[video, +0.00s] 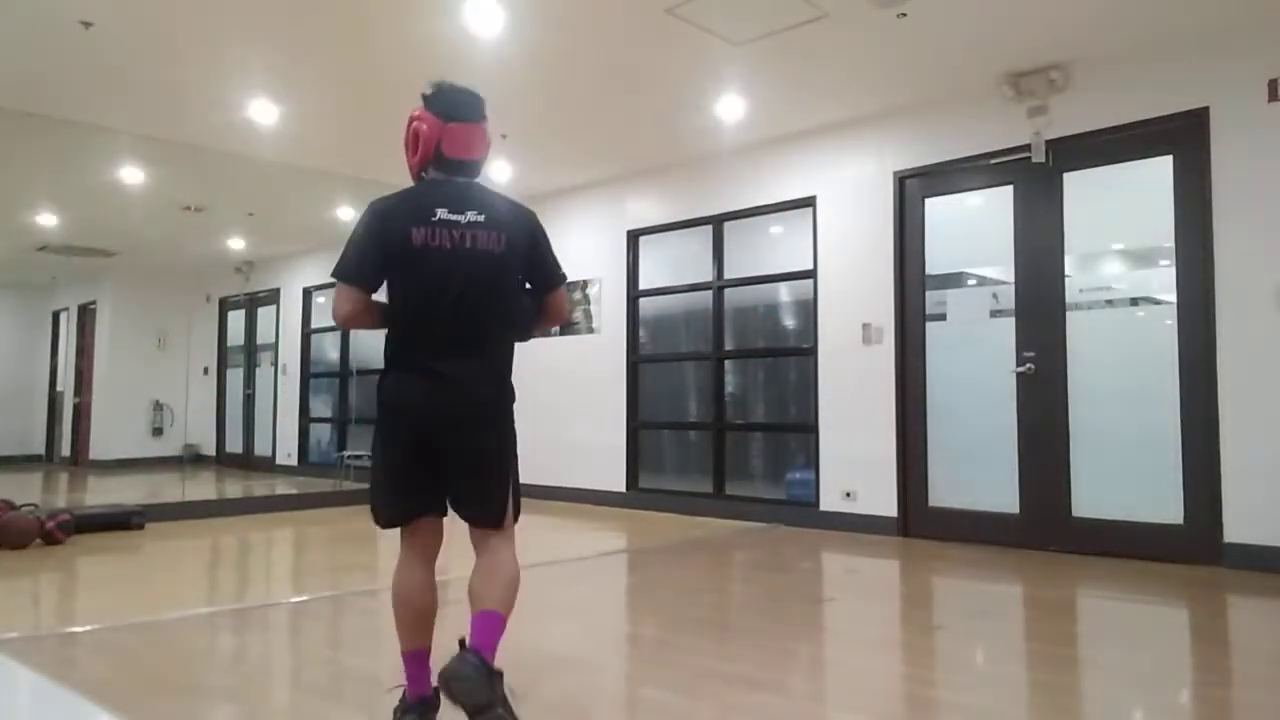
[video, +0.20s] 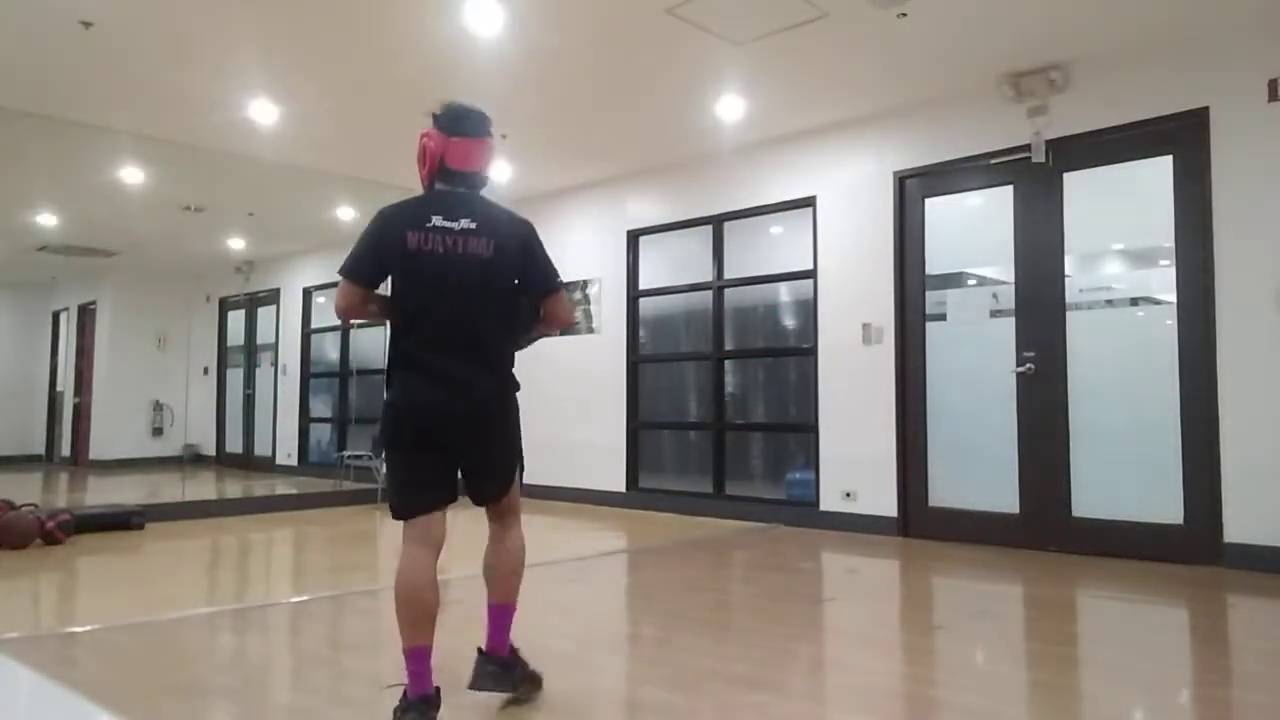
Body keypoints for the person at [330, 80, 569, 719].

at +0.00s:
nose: (411, 144)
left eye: (414, 135)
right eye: (477, 137)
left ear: (420, 142)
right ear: (482, 144)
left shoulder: (389, 214)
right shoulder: (517, 218)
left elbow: (348, 309)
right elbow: (555, 311)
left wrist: (408, 314)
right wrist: (497, 319)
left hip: (409, 404)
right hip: (483, 406)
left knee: (417, 544)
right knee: (494, 538)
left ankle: (417, 693)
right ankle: (479, 657)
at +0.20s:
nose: (423, 158)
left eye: (425, 150)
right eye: (482, 154)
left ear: (428, 156)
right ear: (486, 159)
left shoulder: (395, 221)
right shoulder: (514, 229)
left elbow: (350, 303)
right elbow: (558, 314)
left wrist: (403, 308)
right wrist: (505, 331)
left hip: (414, 405)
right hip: (488, 405)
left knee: (419, 538)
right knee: (504, 518)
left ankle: (418, 691)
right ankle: (497, 653)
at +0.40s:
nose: (448, 186)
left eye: (449, 179)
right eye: (500, 179)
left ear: (450, 188)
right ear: (506, 189)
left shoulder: (418, 248)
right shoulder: (527, 251)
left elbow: (370, 318)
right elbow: (577, 319)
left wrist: (420, 323)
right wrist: (550, 332)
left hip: (432, 413)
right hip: (500, 415)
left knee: (432, 537)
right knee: (507, 530)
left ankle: (420, 685)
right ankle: (512, 641)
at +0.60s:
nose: (534, 199)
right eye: (532, 191)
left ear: (475, 202)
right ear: (526, 198)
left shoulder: (448, 254)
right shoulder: (549, 258)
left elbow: (393, 312)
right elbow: (580, 327)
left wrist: (445, 309)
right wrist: (548, 342)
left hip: (468, 415)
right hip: (530, 414)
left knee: (461, 523)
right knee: (526, 523)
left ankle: (441, 608)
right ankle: (515, 639)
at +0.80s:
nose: (545, 201)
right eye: (542, 194)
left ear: (490, 205)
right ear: (538, 201)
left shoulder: (465, 255)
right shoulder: (564, 256)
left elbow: (407, 302)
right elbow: (599, 317)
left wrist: (461, 319)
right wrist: (568, 338)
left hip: (485, 400)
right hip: (539, 400)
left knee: (493, 504)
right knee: (530, 516)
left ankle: (480, 609)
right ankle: (515, 641)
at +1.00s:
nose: (550, 222)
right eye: (548, 215)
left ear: (498, 226)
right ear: (544, 221)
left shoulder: (478, 274)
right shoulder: (568, 271)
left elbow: (438, 328)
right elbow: (604, 329)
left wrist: (484, 335)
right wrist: (569, 347)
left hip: (498, 412)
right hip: (547, 410)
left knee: (508, 515)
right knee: (534, 519)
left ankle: (518, 622)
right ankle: (514, 641)